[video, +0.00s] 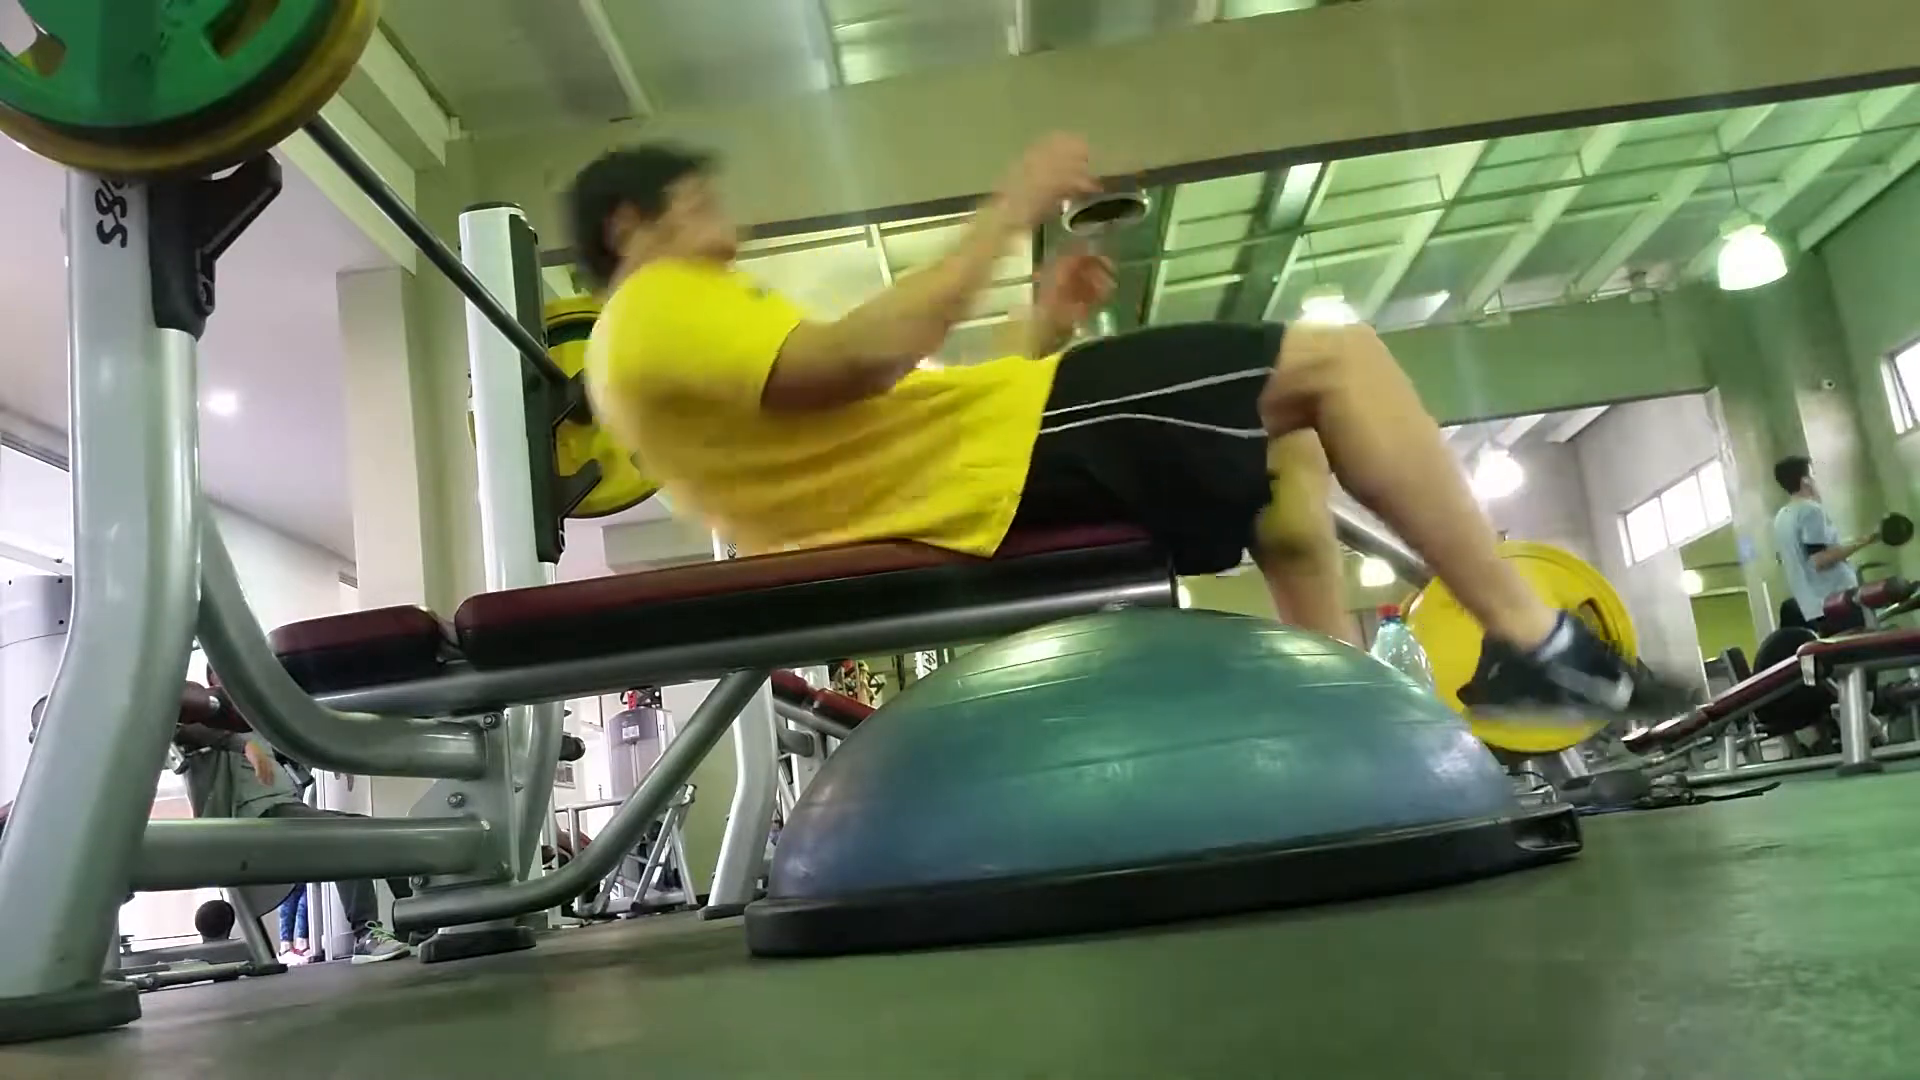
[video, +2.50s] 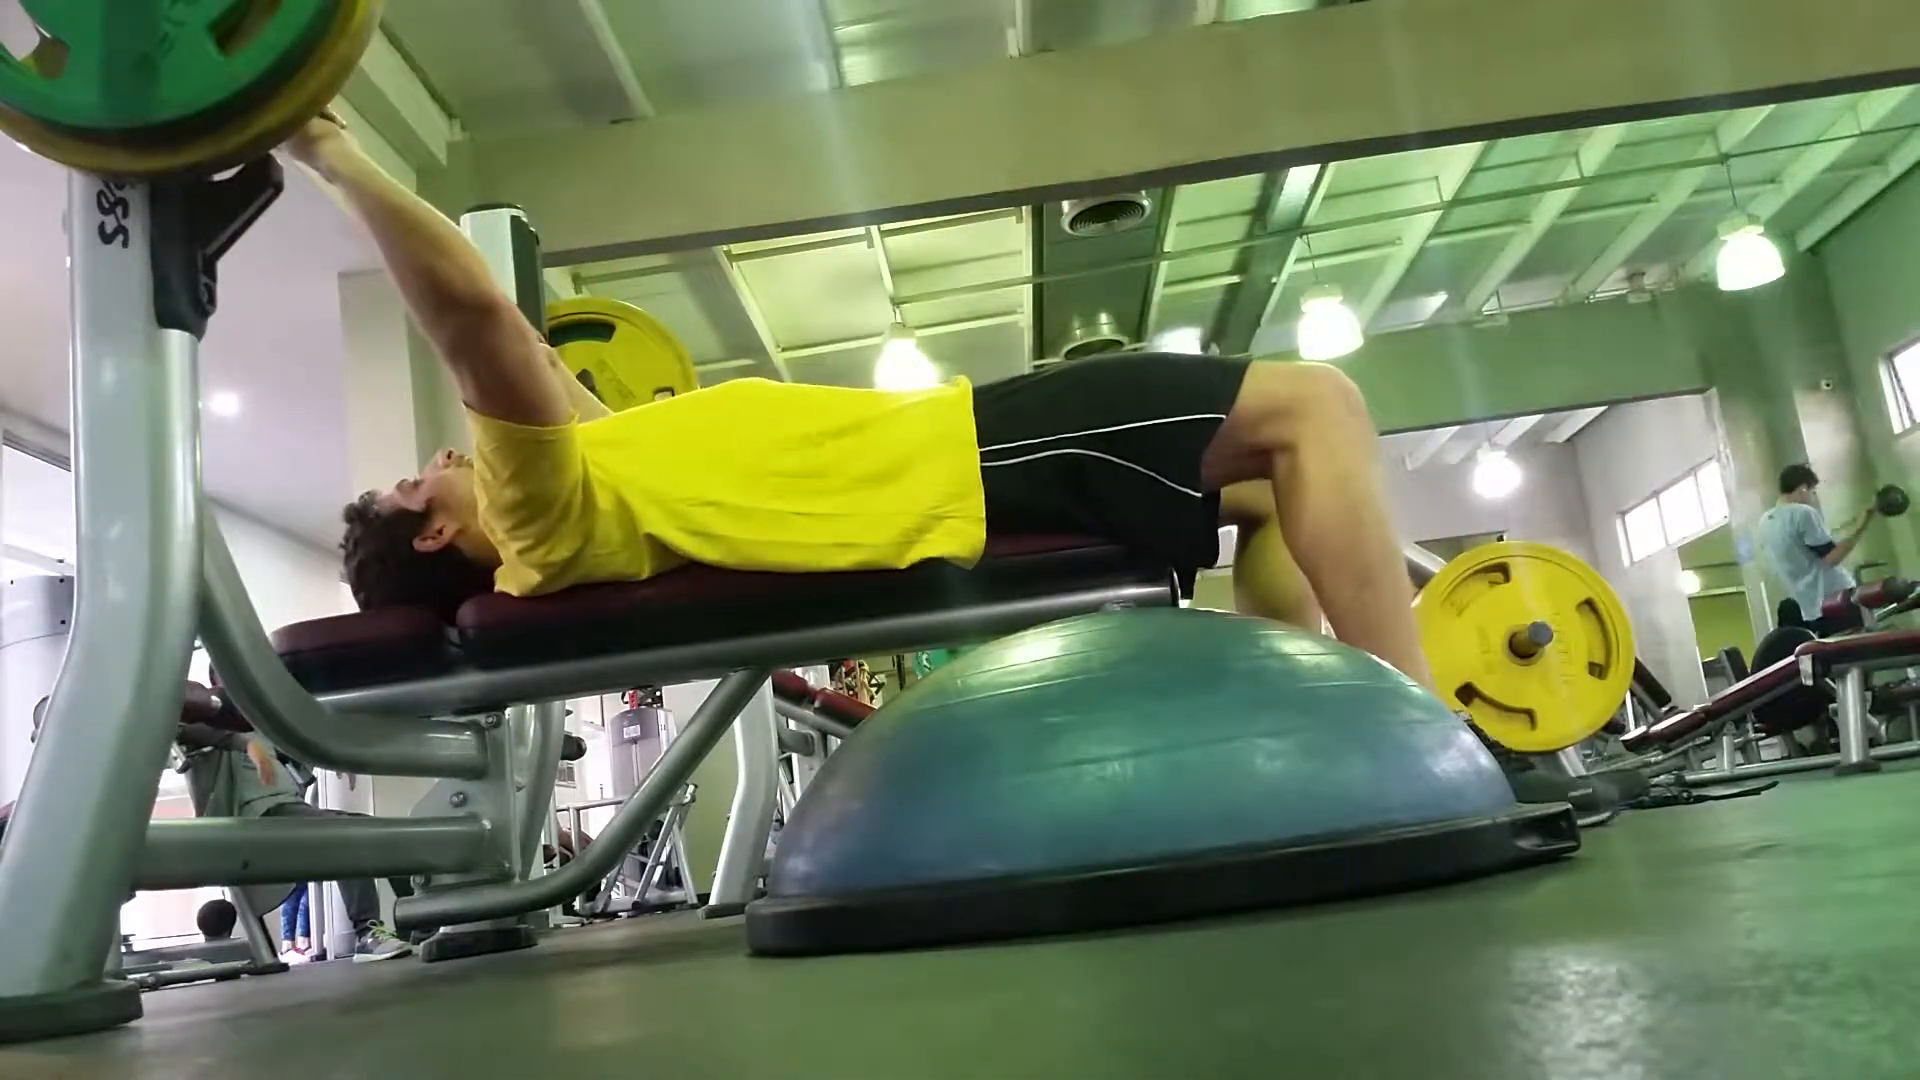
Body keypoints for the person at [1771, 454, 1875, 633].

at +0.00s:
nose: (1816, 479)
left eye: (1813, 474)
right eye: (1812, 474)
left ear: (1786, 485)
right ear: (1804, 481)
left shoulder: (1782, 516)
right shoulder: (1810, 511)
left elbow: (1783, 560)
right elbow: (1819, 559)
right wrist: (1861, 542)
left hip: (1813, 609)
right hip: (1837, 606)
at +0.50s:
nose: (1829, 473)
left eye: (1824, 469)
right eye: (1823, 470)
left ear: (1802, 486)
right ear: (1818, 477)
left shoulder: (1794, 517)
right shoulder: (1832, 502)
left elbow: (1782, 563)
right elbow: (1815, 541)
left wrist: (1811, 575)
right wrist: (1857, 561)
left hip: (1812, 603)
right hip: (1840, 598)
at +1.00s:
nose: (1811, 489)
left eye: (1811, 482)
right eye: (1809, 482)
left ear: (1782, 484)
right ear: (1797, 481)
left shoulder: (1770, 520)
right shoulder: (1805, 513)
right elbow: (1835, 558)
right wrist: (1867, 531)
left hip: (1810, 608)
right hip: (1837, 601)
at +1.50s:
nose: (1814, 491)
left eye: (1815, 486)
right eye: (1809, 486)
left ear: (1790, 486)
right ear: (1790, 486)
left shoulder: (1770, 522)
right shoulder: (1804, 516)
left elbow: (1777, 564)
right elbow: (1823, 561)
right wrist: (1847, 531)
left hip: (1805, 612)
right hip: (1835, 606)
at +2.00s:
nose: (1826, 491)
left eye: (1827, 486)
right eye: (1821, 485)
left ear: (1801, 483)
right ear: (1802, 482)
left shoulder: (1777, 518)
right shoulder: (1811, 510)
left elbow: (1773, 571)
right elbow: (1805, 556)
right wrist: (1853, 564)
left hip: (1801, 615)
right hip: (1831, 609)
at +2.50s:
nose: (1814, 498)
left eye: (1815, 492)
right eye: (1813, 492)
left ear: (1783, 489)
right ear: (1802, 489)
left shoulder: (1766, 520)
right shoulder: (1803, 513)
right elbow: (1830, 557)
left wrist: (1839, 532)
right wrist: (1860, 528)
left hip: (1807, 610)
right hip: (1837, 605)